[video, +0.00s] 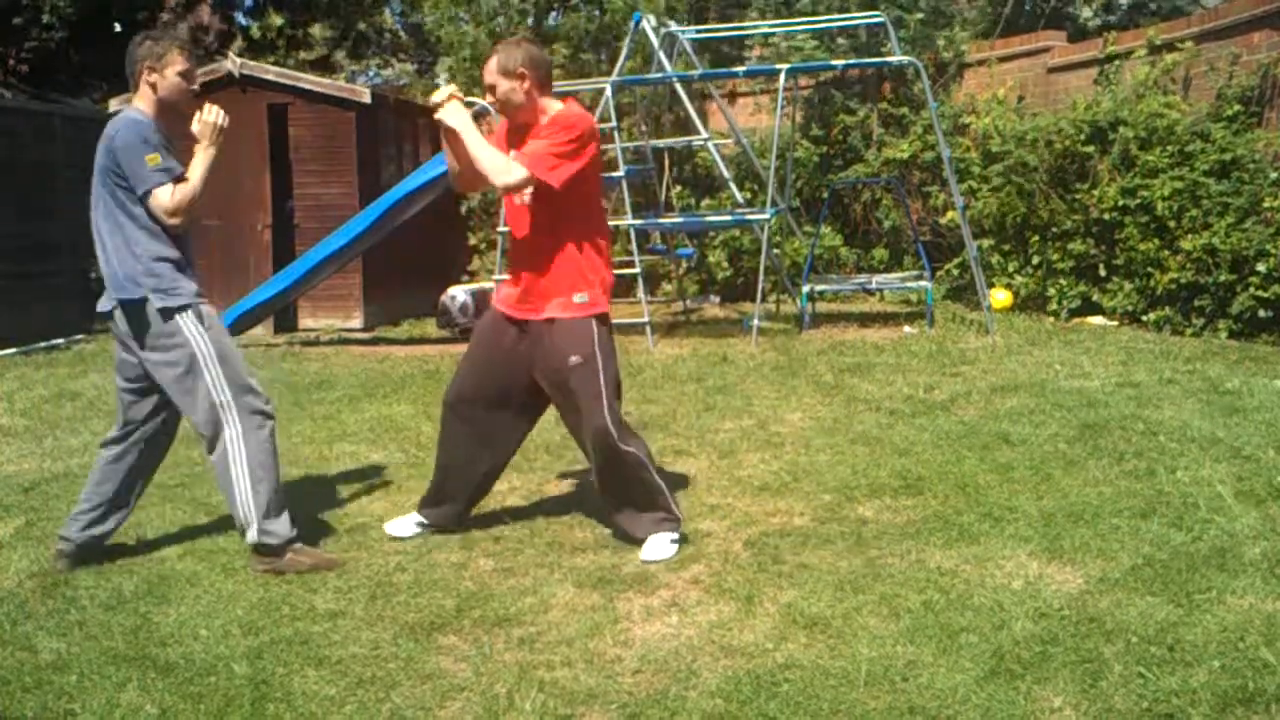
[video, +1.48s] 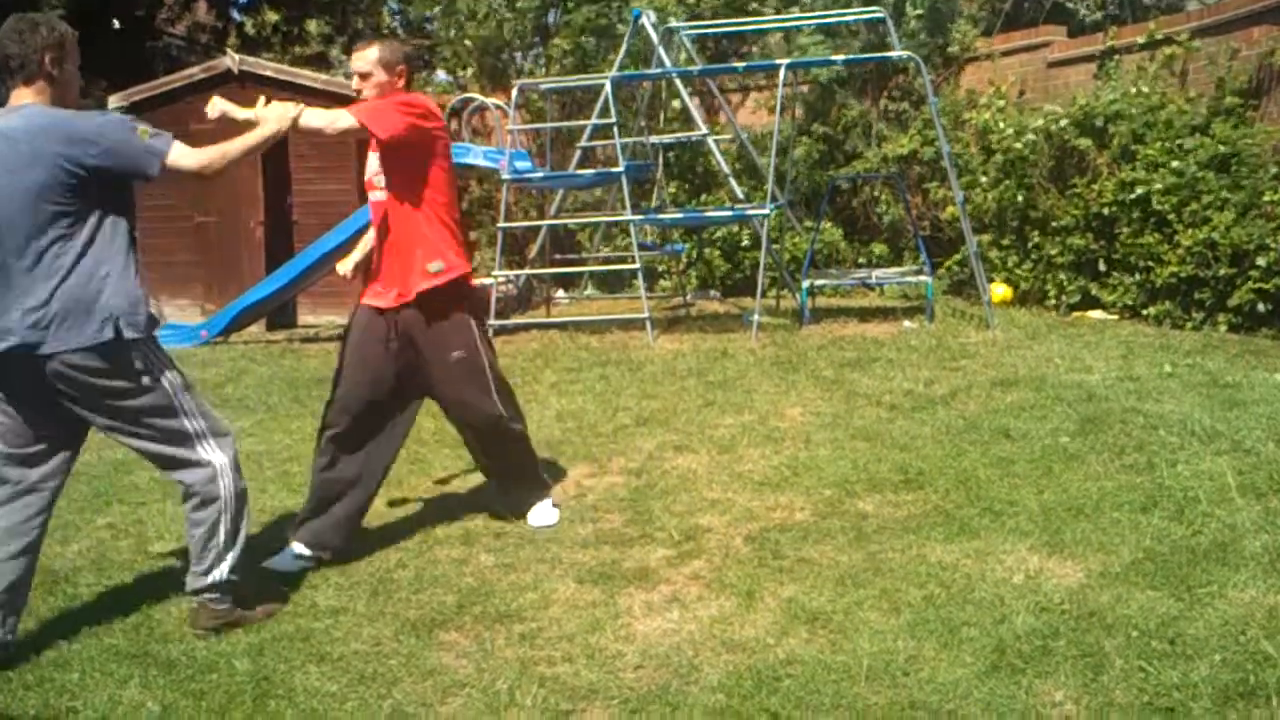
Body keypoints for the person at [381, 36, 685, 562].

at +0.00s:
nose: (490, 98)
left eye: (494, 88)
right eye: (487, 89)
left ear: (526, 82)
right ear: (516, 84)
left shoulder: (573, 123)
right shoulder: (511, 126)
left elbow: (508, 177)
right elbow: (469, 183)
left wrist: (460, 122)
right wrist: (451, 134)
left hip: (573, 297)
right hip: (517, 295)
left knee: (599, 424)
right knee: (468, 400)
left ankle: (659, 522)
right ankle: (442, 511)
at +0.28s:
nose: (429, 90)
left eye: (433, 80)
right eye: (425, 82)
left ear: (465, 73)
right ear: (454, 76)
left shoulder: (524, 113)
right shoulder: (432, 118)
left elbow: (519, 185)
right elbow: (364, 133)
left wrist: (467, 133)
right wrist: (303, 107)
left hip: (520, 285)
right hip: (461, 288)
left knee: (545, 404)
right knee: (431, 400)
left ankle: (607, 510)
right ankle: (434, 514)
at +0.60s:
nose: (394, 104)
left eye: (396, 94)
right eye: (393, 95)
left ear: (415, 86)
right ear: (437, 87)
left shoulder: (442, 121)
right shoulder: (466, 128)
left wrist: (353, 117)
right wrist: (377, 125)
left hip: (470, 299)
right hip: (440, 302)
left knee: (501, 416)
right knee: (383, 397)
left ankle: (569, 518)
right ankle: (383, 504)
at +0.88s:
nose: (341, 89)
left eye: (349, 80)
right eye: (343, 80)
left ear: (378, 84)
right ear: (380, 85)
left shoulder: (387, 122)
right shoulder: (404, 124)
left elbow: (376, 209)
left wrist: (330, 244)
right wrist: (358, 140)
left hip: (421, 291)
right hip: (389, 296)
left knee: (455, 401)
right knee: (354, 398)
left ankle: (543, 507)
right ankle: (362, 514)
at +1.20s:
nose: (373, 88)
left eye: (382, 78)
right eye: (369, 79)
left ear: (416, 78)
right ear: (371, 82)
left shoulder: (455, 131)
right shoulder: (359, 131)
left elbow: (456, 198)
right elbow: (326, 197)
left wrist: (406, 145)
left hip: (438, 307)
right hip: (368, 308)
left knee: (477, 414)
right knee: (348, 413)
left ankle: (531, 496)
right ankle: (358, 514)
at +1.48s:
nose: (356, 85)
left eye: (365, 76)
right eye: (354, 77)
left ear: (398, 76)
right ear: (361, 79)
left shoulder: (416, 110)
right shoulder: (378, 123)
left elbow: (329, 120)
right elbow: (394, 197)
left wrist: (251, 112)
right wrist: (368, 244)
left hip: (437, 290)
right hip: (383, 295)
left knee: (481, 408)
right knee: (351, 417)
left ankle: (531, 493)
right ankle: (317, 538)